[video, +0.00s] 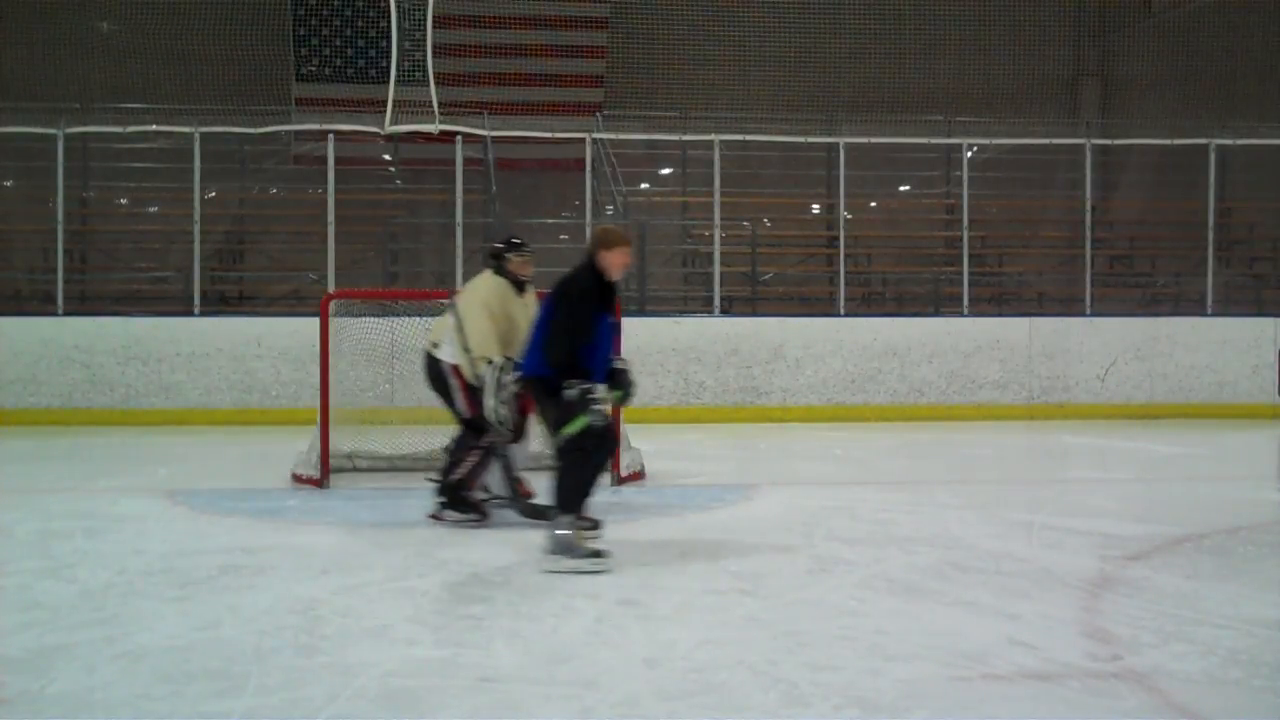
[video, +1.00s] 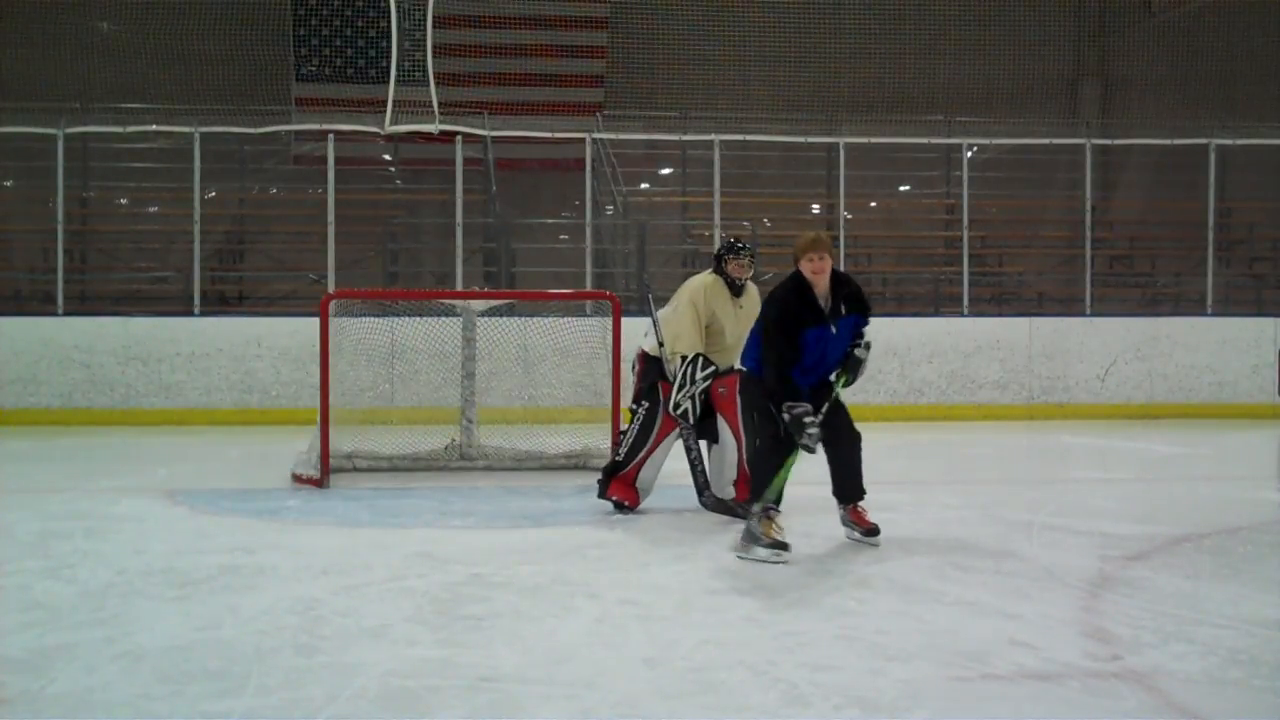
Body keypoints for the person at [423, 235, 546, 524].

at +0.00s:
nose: (527, 266)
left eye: (529, 260)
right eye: (519, 260)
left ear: (531, 263)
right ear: (502, 262)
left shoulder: (526, 295)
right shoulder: (482, 290)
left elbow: (531, 343)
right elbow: (484, 347)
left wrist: (528, 383)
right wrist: (498, 390)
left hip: (485, 365)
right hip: (448, 358)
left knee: (500, 424)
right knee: (479, 426)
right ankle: (453, 492)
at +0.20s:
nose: (579, 271)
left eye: (581, 265)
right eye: (572, 265)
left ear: (583, 268)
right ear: (555, 268)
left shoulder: (579, 303)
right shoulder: (539, 294)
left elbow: (584, 350)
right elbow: (537, 348)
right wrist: (553, 390)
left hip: (534, 371)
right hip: (502, 363)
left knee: (551, 428)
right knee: (539, 428)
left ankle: (517, 487)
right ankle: (513, 491)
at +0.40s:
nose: (634, 275)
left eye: (637, 268)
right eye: (627, 269)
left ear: (639, 271)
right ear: (610, 272)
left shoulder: (629, 305)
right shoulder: (594, 297)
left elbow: (633, 352)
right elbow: (592, 353)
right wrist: (609, 392)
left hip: (585, 373)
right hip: (555, 367)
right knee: (587, 432)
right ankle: (554, 492)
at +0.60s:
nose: (689, 267)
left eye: (691, 261)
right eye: (682, 261)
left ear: (691, 265)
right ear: (667, 264)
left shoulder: (683, 295)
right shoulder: (649, 289)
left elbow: (683, 343)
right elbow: (644, 338)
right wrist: (653, 377)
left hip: (658, 370)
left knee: (684, 426)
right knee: (611, 435)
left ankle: (682, 486)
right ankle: (571, 489)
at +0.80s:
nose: (734, 263)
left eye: (735, 257)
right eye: (727, 257)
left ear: (732, 262)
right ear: (710, 260)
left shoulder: (728, 296)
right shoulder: (687, 285)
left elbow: (727, 342)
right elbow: (677, 337)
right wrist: (681, 383)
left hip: (696, 363)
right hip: (649, 357)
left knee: (720, 419)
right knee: (640, 423)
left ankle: (722, 488)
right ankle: (607, 488)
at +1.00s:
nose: (742, 268)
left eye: (747, 263)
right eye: (736, 262)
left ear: (752, 266)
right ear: (721, 263)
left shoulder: (752, 294)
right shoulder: (699, 288)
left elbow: (755, 339)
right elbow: (684, 336)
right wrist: (691, 381)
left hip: (713, 368)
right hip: (663, 361)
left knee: (734, 416)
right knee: (658, 419)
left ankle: (729, 491)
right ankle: (622, 484)